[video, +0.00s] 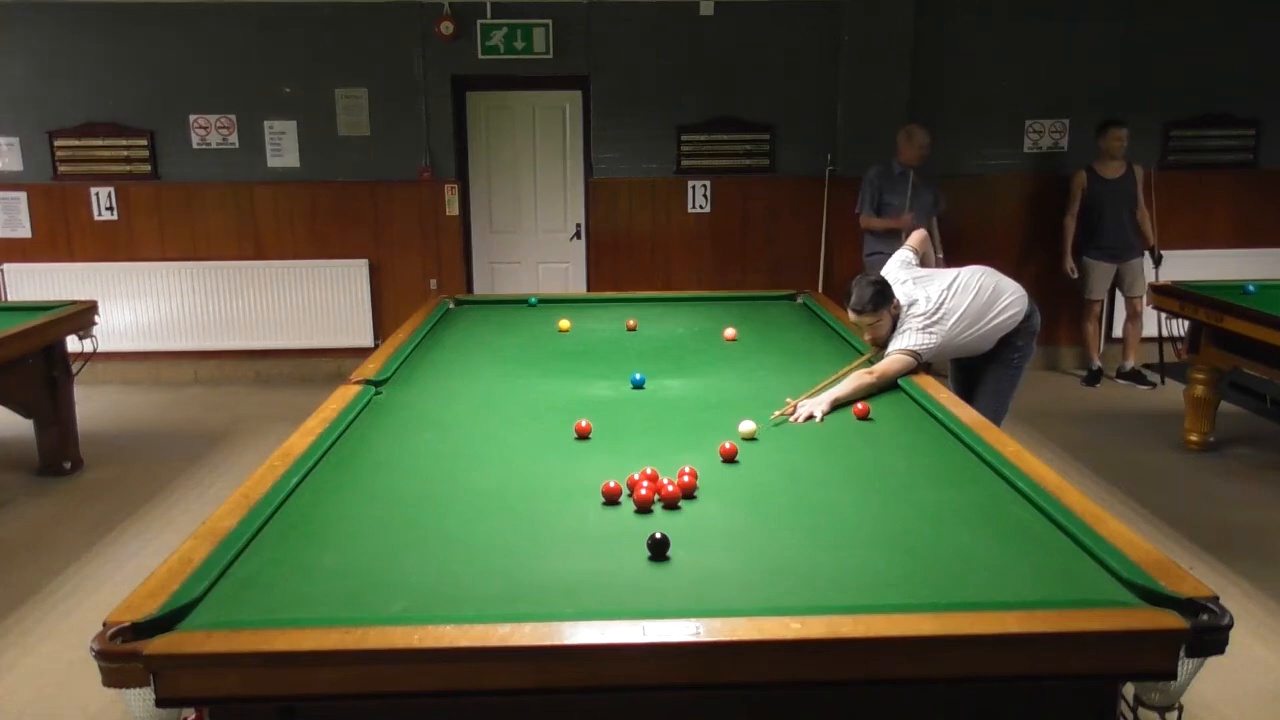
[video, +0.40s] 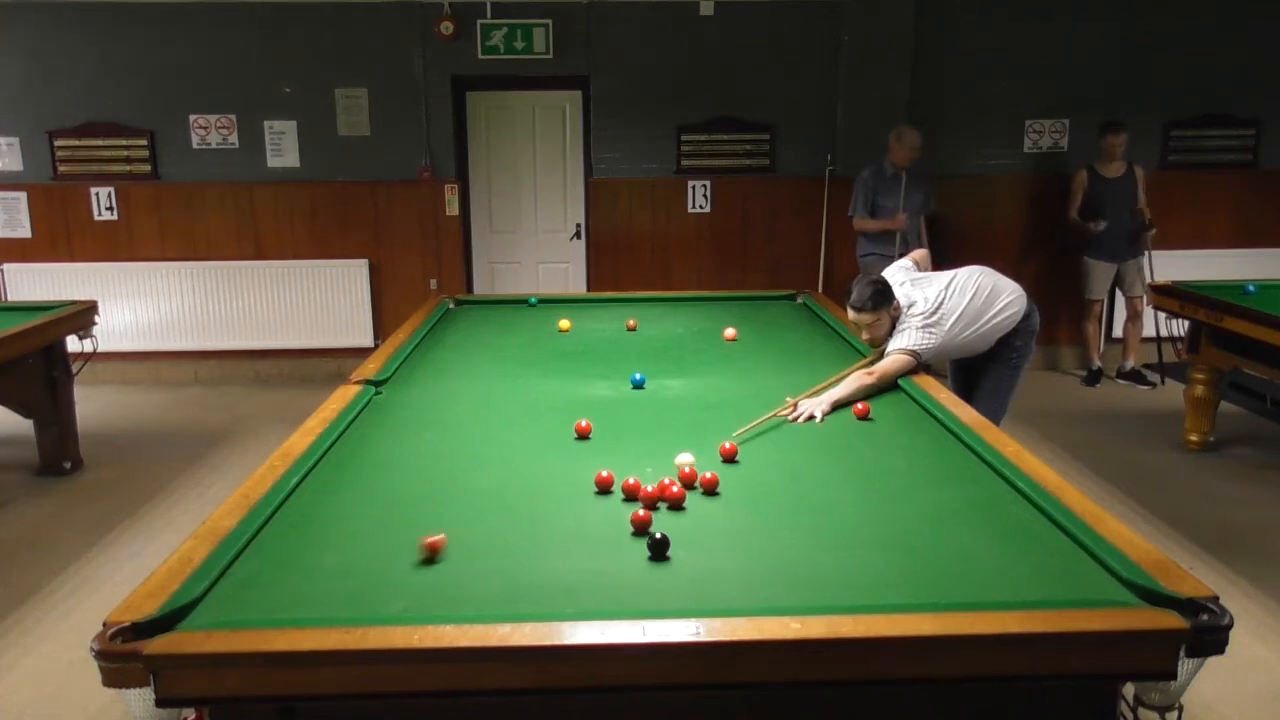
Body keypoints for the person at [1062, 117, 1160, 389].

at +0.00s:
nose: (1122, 144)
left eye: (1124, 139)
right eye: (1116, 139)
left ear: (1127, 142)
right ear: (1101, 142)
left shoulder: (1134, 172)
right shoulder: (1084, 176)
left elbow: (1141, 210)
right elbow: (1071, 216)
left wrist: (1152, 244)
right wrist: (1067, 255)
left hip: (1131, 253)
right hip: (1097, 253)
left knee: (1136, 310)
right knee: (1093, 311)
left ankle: (1128, 366)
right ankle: (1094, 365)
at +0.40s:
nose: (1117, 151)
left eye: (1121, 145)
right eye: (1113, 145)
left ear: (1126, 145)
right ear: (1102, 144)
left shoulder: (1134, 172)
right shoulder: (1085, 175)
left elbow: (1141, 207)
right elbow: (1072, 214)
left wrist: (1147, 226)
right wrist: (1086, 227)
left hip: (1130, 252)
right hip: (1098, 253)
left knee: (1136, 310)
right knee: (1094, 311)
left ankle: (1128, 366)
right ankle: (1094, 365)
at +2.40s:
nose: (1121, 147)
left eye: (1124, 142)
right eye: (1116, 141)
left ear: (1129, 143)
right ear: (1104, 141)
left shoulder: (1135, 172)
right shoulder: (1087, 174)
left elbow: (1146, 212)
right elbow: (1082, 215)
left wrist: (1132, 196)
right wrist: (1105, 192)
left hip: (1130, 251)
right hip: (1098, 251)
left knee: (1135, 309)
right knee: (1093, 309)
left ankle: (1128, 366)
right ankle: (1094, 364)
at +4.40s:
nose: (1117, 142)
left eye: (1121, 137)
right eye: (1112, 137)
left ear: (1128, 140)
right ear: (1104, 140)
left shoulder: (1138, 171)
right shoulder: (1089, 172)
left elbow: (1146, 211)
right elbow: (1082, 214)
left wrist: (1130, 196)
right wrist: (1105, 191)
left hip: (1131, 250)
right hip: (1099, 250)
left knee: (1135, 309)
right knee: (1093, 309)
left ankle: (1128, 366)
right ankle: (1094, 365)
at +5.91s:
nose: (1125, 145)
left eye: (1129, 140)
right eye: (1120, 139)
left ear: (1132, 142)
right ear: (1107, 140)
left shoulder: (1138, 171)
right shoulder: (1089, 173)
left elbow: (1147, 212)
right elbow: (1084, 214)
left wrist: (1132, 197)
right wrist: (1106, 191)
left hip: (1132, 251)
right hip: (1100, 251)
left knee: (1136, 309)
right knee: (1094, 310)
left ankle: (1128, 366)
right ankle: (1094, 365)